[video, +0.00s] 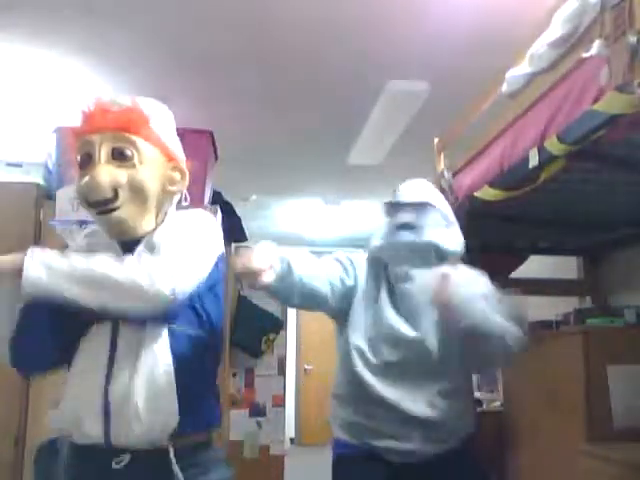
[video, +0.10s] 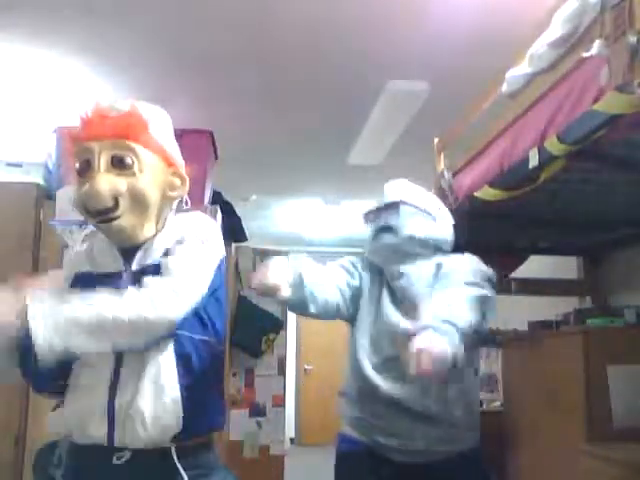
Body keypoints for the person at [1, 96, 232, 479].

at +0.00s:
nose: (96, 181)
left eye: (122, 156)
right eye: (86, 162)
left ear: (175, 179)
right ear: (78, 179)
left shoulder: (198, 228)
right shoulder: (85, 249)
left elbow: (158, 290)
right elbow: (30, 357)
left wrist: (28, 266)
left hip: (177, 461)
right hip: (83, 462)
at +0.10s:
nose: (96, 188)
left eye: (121, 163)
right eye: (85, 168)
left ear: (175, 185)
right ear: (76, 185)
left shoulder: (197, 234)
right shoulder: (80, 256)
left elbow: (158, 311)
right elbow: (51, 381)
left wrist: (38, 315)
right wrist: (27, 324)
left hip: (178, 463)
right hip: (86, 463)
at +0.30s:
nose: (99, 194)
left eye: (123, 169)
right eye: (85, 173)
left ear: (175, 180)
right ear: (73, 187)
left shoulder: (195, 228)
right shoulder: (81, 247)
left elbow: (176, 334)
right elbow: (47, 336)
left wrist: (110, 424)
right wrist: (21, 401)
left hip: (177, 444)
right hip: (75, 442)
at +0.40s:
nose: (100, 196)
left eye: (125, 170)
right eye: (85, 174)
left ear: (174, 181)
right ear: (73, 185)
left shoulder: (196, 227)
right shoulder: (76, 241)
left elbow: (189, 333)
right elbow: (41, 323)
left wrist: (146, 426)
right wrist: (22, 394)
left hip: (174, 420)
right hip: (71, 422)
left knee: (200, 463)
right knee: (48, 466)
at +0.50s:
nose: (110, 198)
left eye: (134, 174)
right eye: (94, 173)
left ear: (181, 184)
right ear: (79, 180)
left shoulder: (193, 252)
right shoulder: (74, 258)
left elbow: (205, 332)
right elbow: (22, 323)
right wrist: (42, 371)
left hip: (161, 425)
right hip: (76, 426)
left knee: (195, 462)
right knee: (37, 457)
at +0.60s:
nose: (118, 198)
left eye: (143, 175)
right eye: (103, 173)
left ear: (183, 185)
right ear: (85, 178)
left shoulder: (197, 240)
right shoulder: (72, 236)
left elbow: (211, 324)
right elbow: (15, 294)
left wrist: (223, 400)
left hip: (164, 418)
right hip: (75, 415)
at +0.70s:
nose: (131, 187)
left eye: (157, 169)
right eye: (116, 162)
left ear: (191, 182)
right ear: (91, 164)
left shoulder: (201, 229)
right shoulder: (69, 217)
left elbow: (248, 291)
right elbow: (8, 243)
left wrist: (255, 362)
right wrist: (73, 272)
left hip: (168, 414)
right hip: (73, 414)